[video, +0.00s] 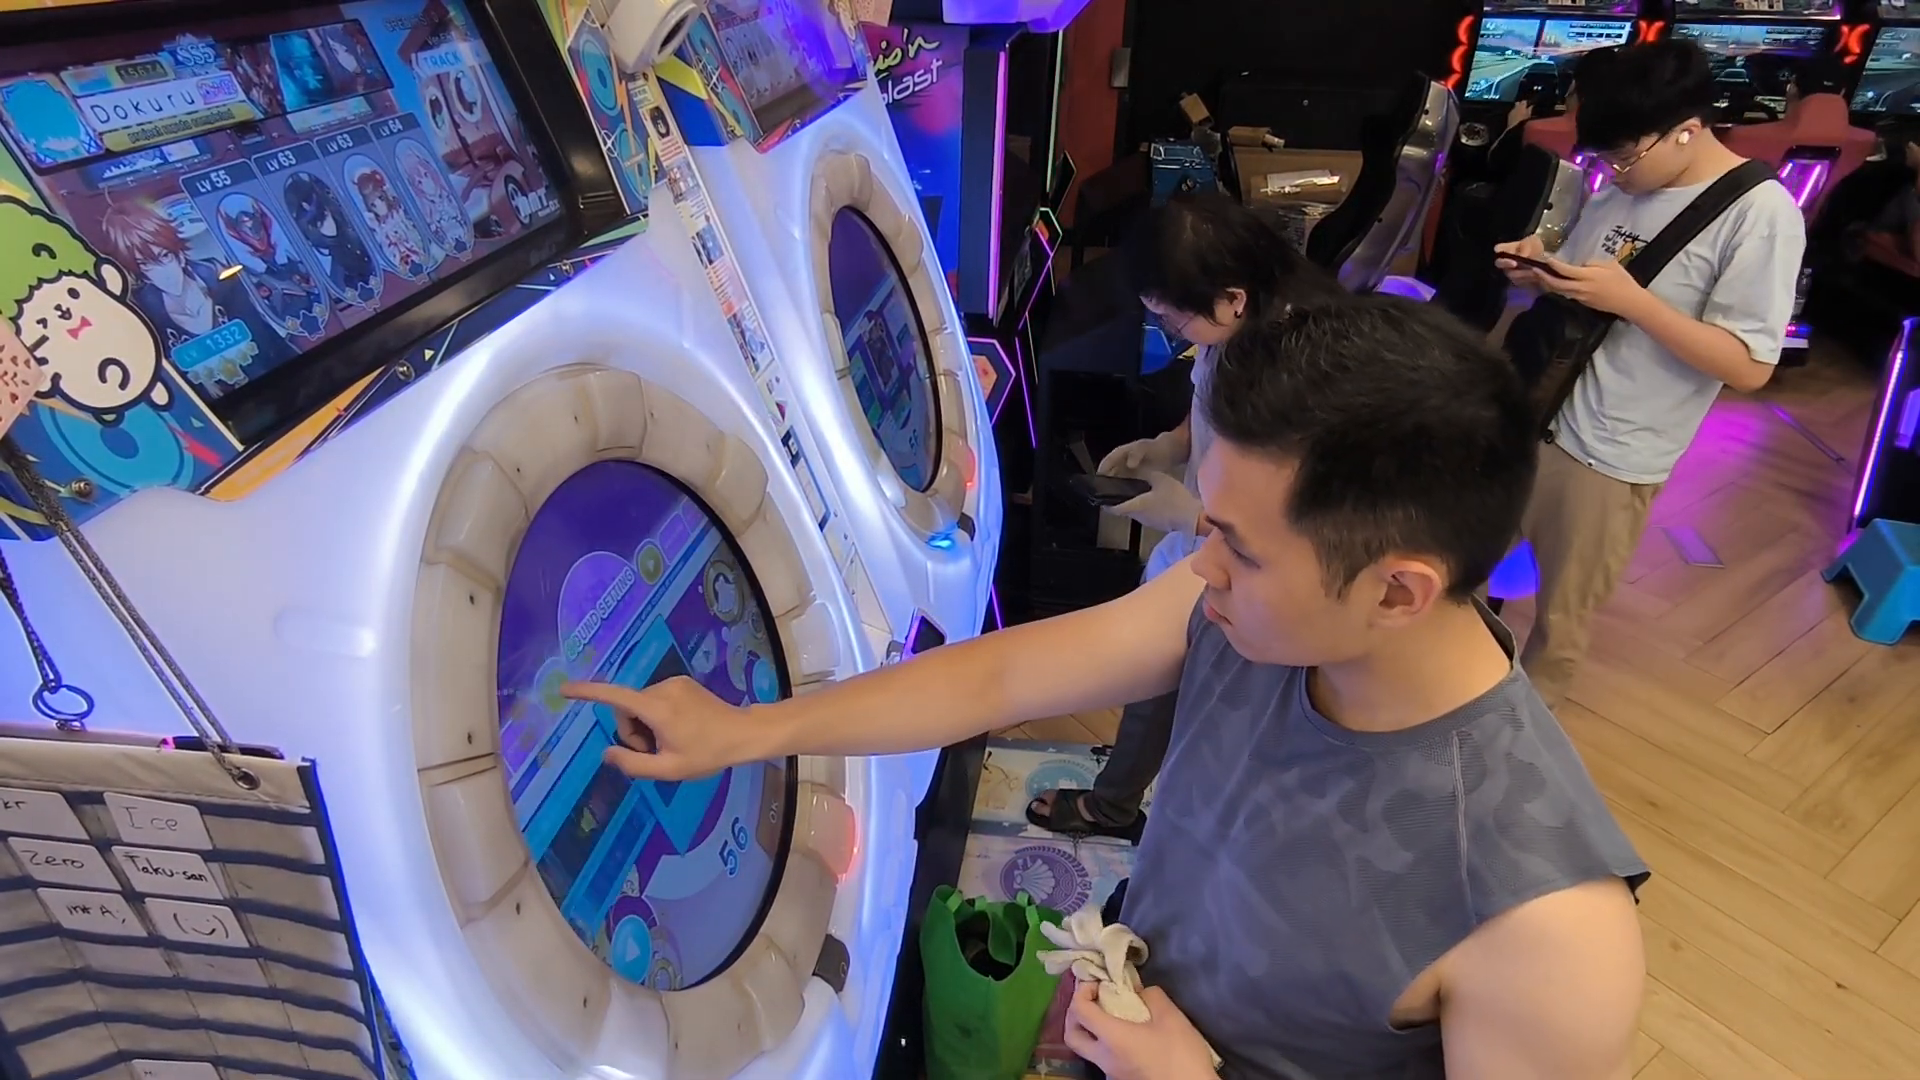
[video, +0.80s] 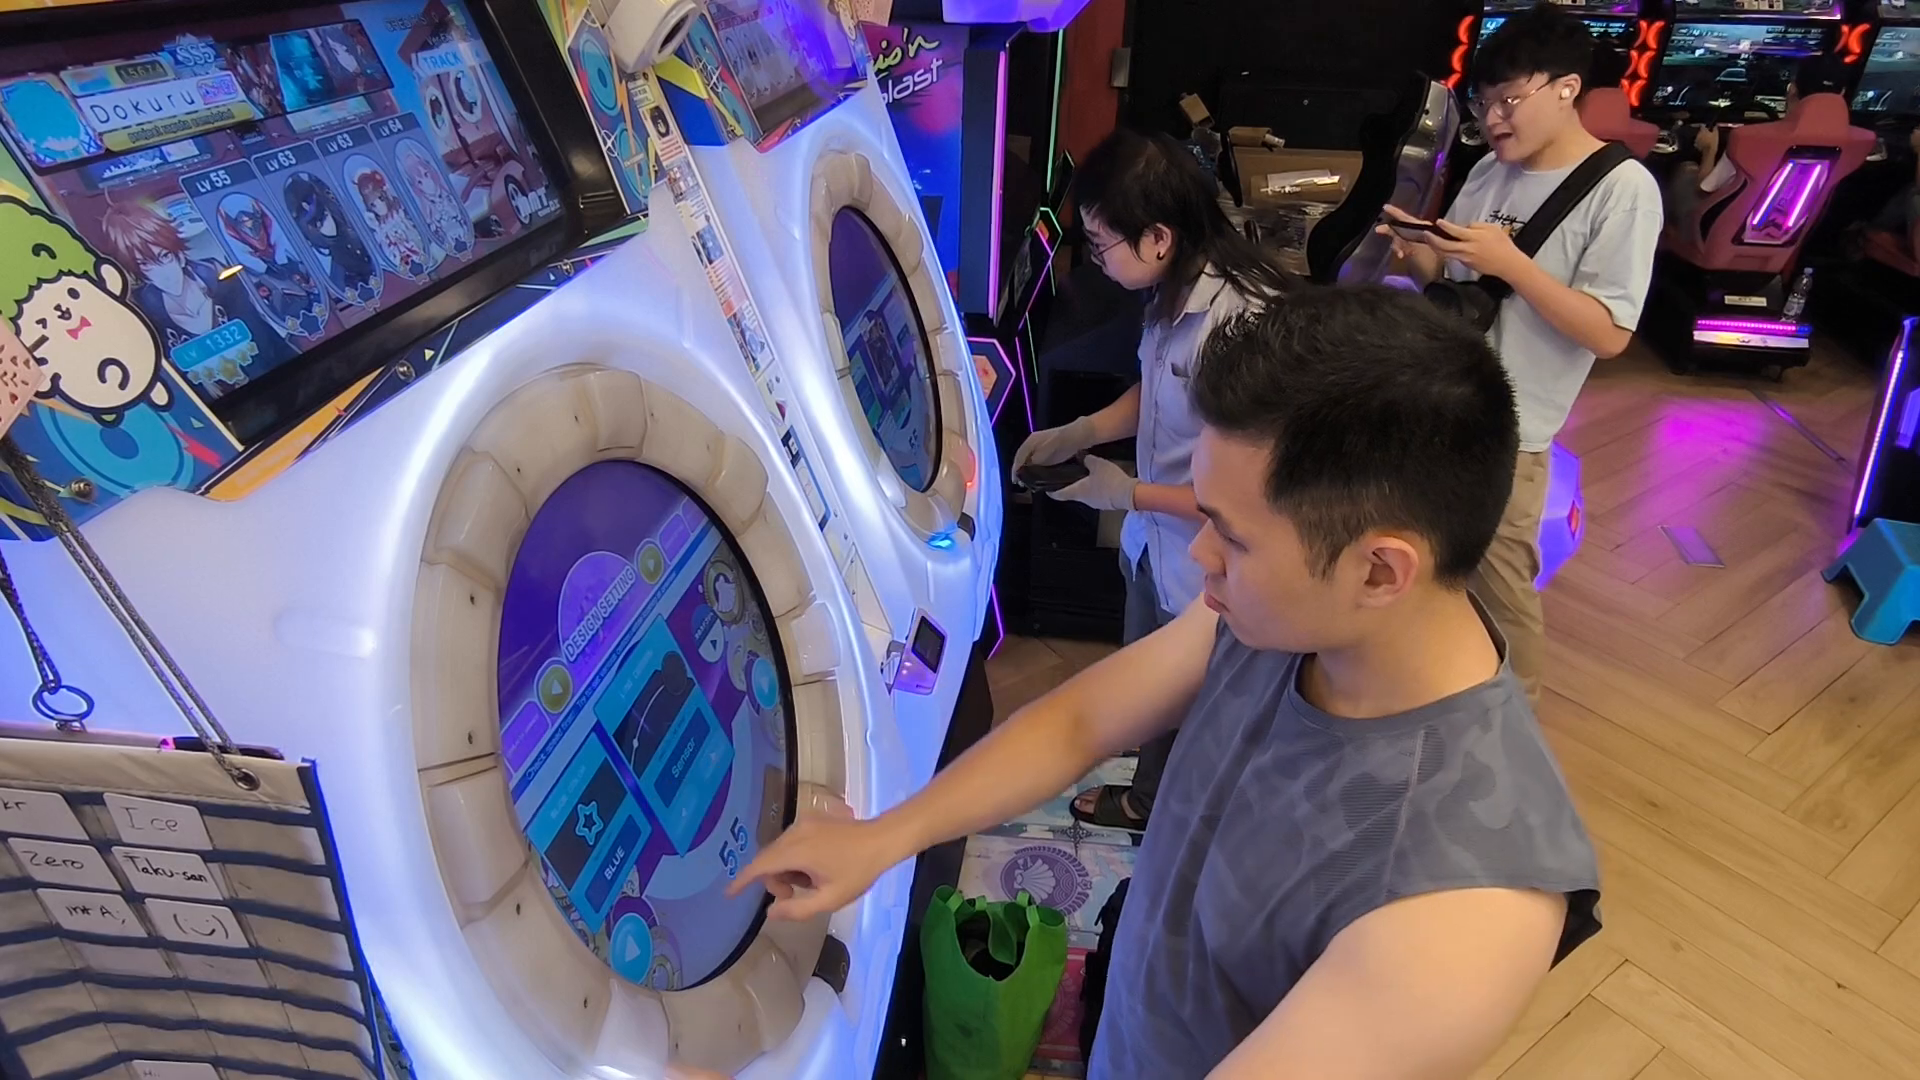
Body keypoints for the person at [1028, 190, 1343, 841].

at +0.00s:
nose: (1171, 334)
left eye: (1177, 320)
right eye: (1162, 320)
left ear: (1234, 301)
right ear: (1232, 301)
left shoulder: (1298, 370)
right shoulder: (1229, 332)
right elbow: (1207, 419)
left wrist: (1190, 510)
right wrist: (1163, 447)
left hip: (1260, 550)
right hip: (1199, 530)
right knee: (1160, 667)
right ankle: (1119, 795)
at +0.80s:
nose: (1095, 257)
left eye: (1104, 243)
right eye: (1092, 241)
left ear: (1160, 239)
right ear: (1155, 240)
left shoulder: (1235, 332)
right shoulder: (1170, 294)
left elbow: (1243, 501)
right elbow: (1158, 396)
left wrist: (1134, 493)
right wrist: (1075, 437)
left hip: (1202, 565)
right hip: (1152, 539)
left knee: (1187, 712)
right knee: (1144, 693)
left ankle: (1167, 818)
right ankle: (1141, 793)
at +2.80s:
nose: (1129, 279)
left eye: (1140, 266)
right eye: (1120, 266)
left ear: (1197, 243)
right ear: (1111, 243)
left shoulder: (1261, 332)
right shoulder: (1164, 286)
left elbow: (1269, 489)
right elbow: (1142, 384)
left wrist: (1144, 466)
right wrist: (1097, 405)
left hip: (1216, 551)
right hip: (1153, 526)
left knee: (1201, 692)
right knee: (1153, 671)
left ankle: (1197, 821)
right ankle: (1152, 791)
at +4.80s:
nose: (1122, 309)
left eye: (1130, 295)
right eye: (1111, 298)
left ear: (1178, 267)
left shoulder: (1258, 334)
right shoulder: (1155, 299)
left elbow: (1257, 489)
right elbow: (1147, 388)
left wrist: (1136, 468)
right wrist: (1091, 407)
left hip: (1200, 561)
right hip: (1136, 538)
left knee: (1197, 712)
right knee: (1149, 687)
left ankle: (1203, 835)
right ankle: (1152, 796)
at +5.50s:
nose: (1121, 311)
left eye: (1129, 298)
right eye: (1112, 300)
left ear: (1180, 268)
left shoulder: (1260, 345)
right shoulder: (1158, 297)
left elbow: (1268, 493)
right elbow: (1142, 388)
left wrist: (1139, 471)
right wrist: (1085, 406)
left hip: (1196, 559)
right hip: (1133, 535)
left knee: (1205, 714)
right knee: (1149, 684)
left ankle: (1222, 844)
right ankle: (1156, 800)